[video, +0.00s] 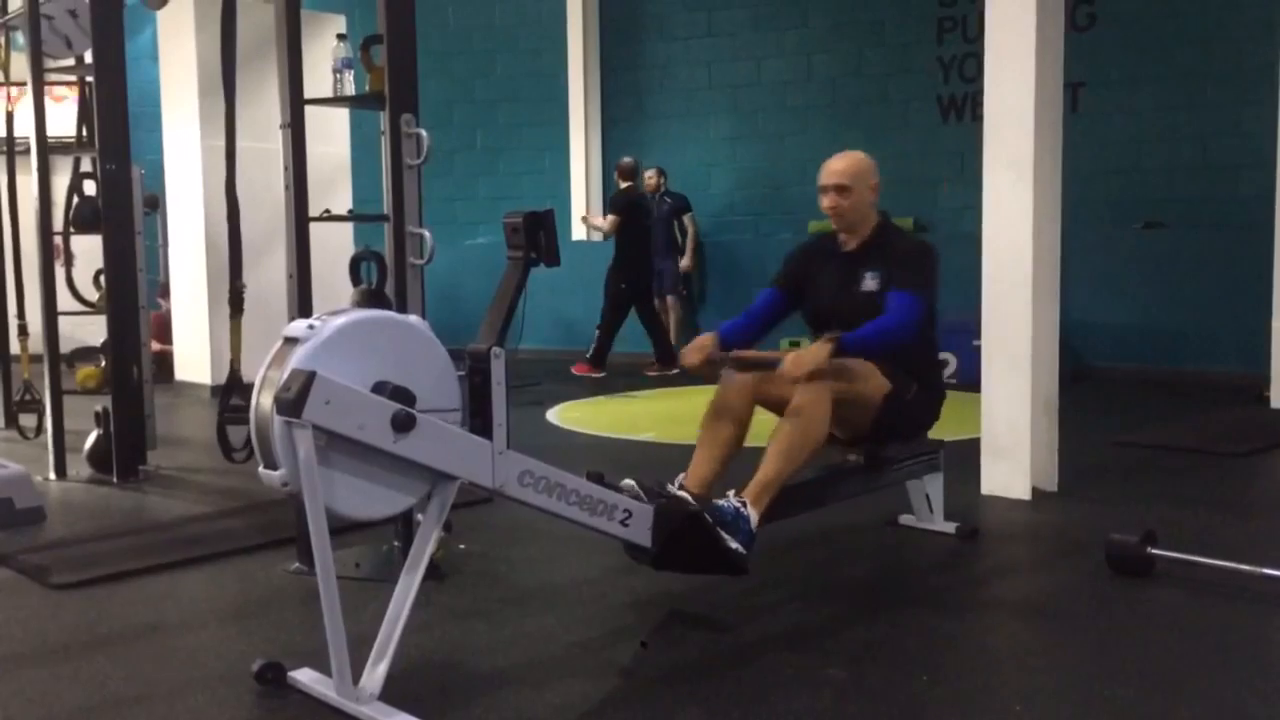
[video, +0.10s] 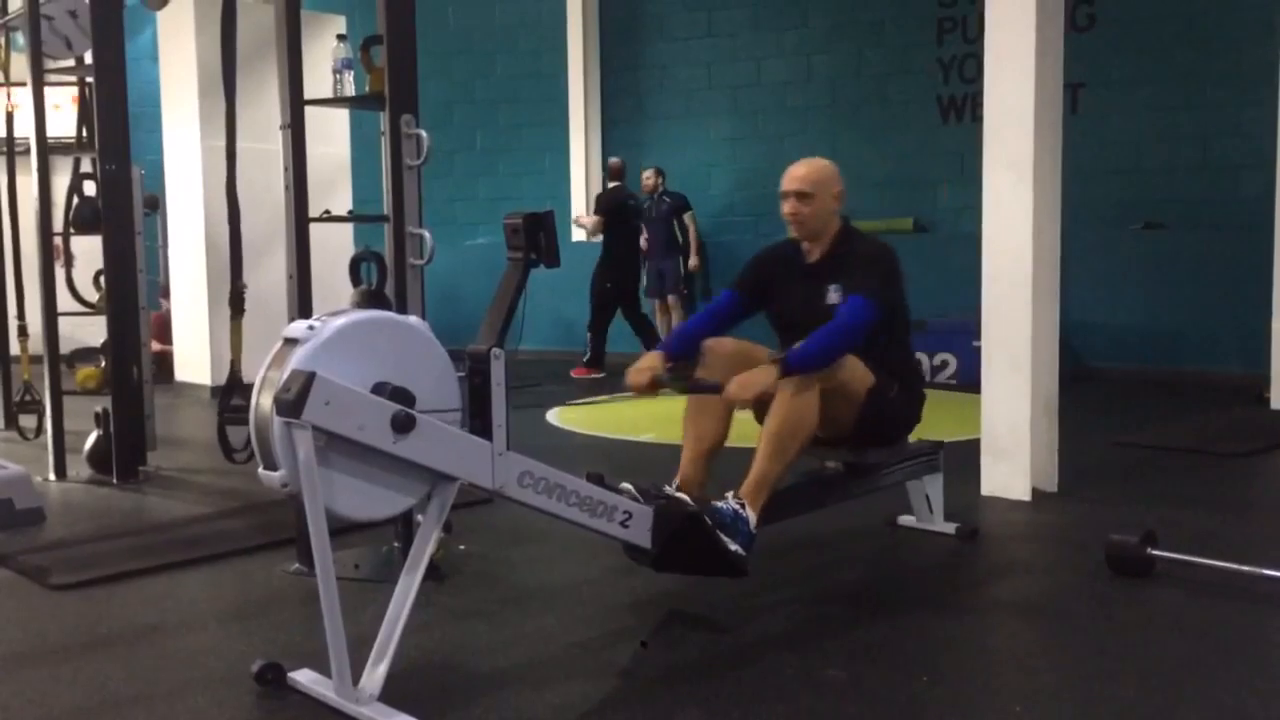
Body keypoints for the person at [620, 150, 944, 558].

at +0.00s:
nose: (829, 203)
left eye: (842, 191)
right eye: (823, 192)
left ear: (873, 191)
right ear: (817, 196)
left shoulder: (909, 253)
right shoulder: (812, 254)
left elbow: (902, 324)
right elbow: (761, 316)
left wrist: (830, 346)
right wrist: (716, 338)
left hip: (903, 396)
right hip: (832, 390)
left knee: (819, 380)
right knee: (738, 376)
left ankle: (746, 512)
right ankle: (687, 496)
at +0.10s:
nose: (790, 209)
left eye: (803, 198)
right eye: (785, 198)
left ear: (837, 200)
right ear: (779, 201)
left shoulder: (872, 258)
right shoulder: (776, 260)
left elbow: (848, 329)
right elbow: (718, 313)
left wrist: (778, 368)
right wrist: (660, 356)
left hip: (881, 409)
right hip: (805, 403)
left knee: (808, 366)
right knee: (716, 353)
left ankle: (744, 512)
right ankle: (685, 495)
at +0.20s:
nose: (754, 217)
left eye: (768, 207)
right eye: (750, 207)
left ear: (804, 211)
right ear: (746, 209)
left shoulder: (839, 265)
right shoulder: (747, 268)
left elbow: (806, 330)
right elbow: (682, 314)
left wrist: (732, 371)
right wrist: (614, 358)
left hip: (863, 417)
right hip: (789, 414)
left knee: (797, 358)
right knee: (697, 345)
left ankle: (743, 511)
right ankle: (684, 495)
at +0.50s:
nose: (792, 199)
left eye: (806, 190)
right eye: (789, 189)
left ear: (839, 200)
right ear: (784, 195)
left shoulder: (874, 257)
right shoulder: (781, 257)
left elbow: (830, 301)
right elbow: (717, 299)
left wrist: (765, 322)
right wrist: (651, 319)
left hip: (880, 407)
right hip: (807, 406)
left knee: (804, 359)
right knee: (714, 357)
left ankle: (742, 515)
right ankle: (683, 499)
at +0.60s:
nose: (840, 191)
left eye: (853, 182)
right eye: (836, 181)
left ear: (884, 191)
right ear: (831, 187)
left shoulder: (911, 251)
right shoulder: (819, 251)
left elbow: (875, 292)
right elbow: (765, 289)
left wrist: (811, 314)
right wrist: (699, 314)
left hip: (898, 395)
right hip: (823, 387)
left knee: (816, 379)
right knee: (733, 373)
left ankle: (743, 517)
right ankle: (683, 498)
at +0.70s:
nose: (883, 191)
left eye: (897, 182)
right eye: (879, 181)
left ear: (926, 190)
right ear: (873, 187)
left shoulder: (947, 250)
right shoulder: (852, 254)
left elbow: (926, 293)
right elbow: (802, 297)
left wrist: (861, 309)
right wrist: (748, 315)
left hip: (912, 382)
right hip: (845, 372)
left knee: (825, 403)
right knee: (756, 393)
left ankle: (743, 518)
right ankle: (679, 500)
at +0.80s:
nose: (920, 205)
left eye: (932, 197)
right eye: (915, 196)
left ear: (960, 206)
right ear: (910, 202)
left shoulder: (981, 263)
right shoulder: (883, 264)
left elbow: (969, 312)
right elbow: (842, 311)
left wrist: (911, 312)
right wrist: (797, 320)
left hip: (924, 381)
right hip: (861, 371)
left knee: (835, 417)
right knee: (782, 411)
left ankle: (747, 513)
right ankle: (683, 498)